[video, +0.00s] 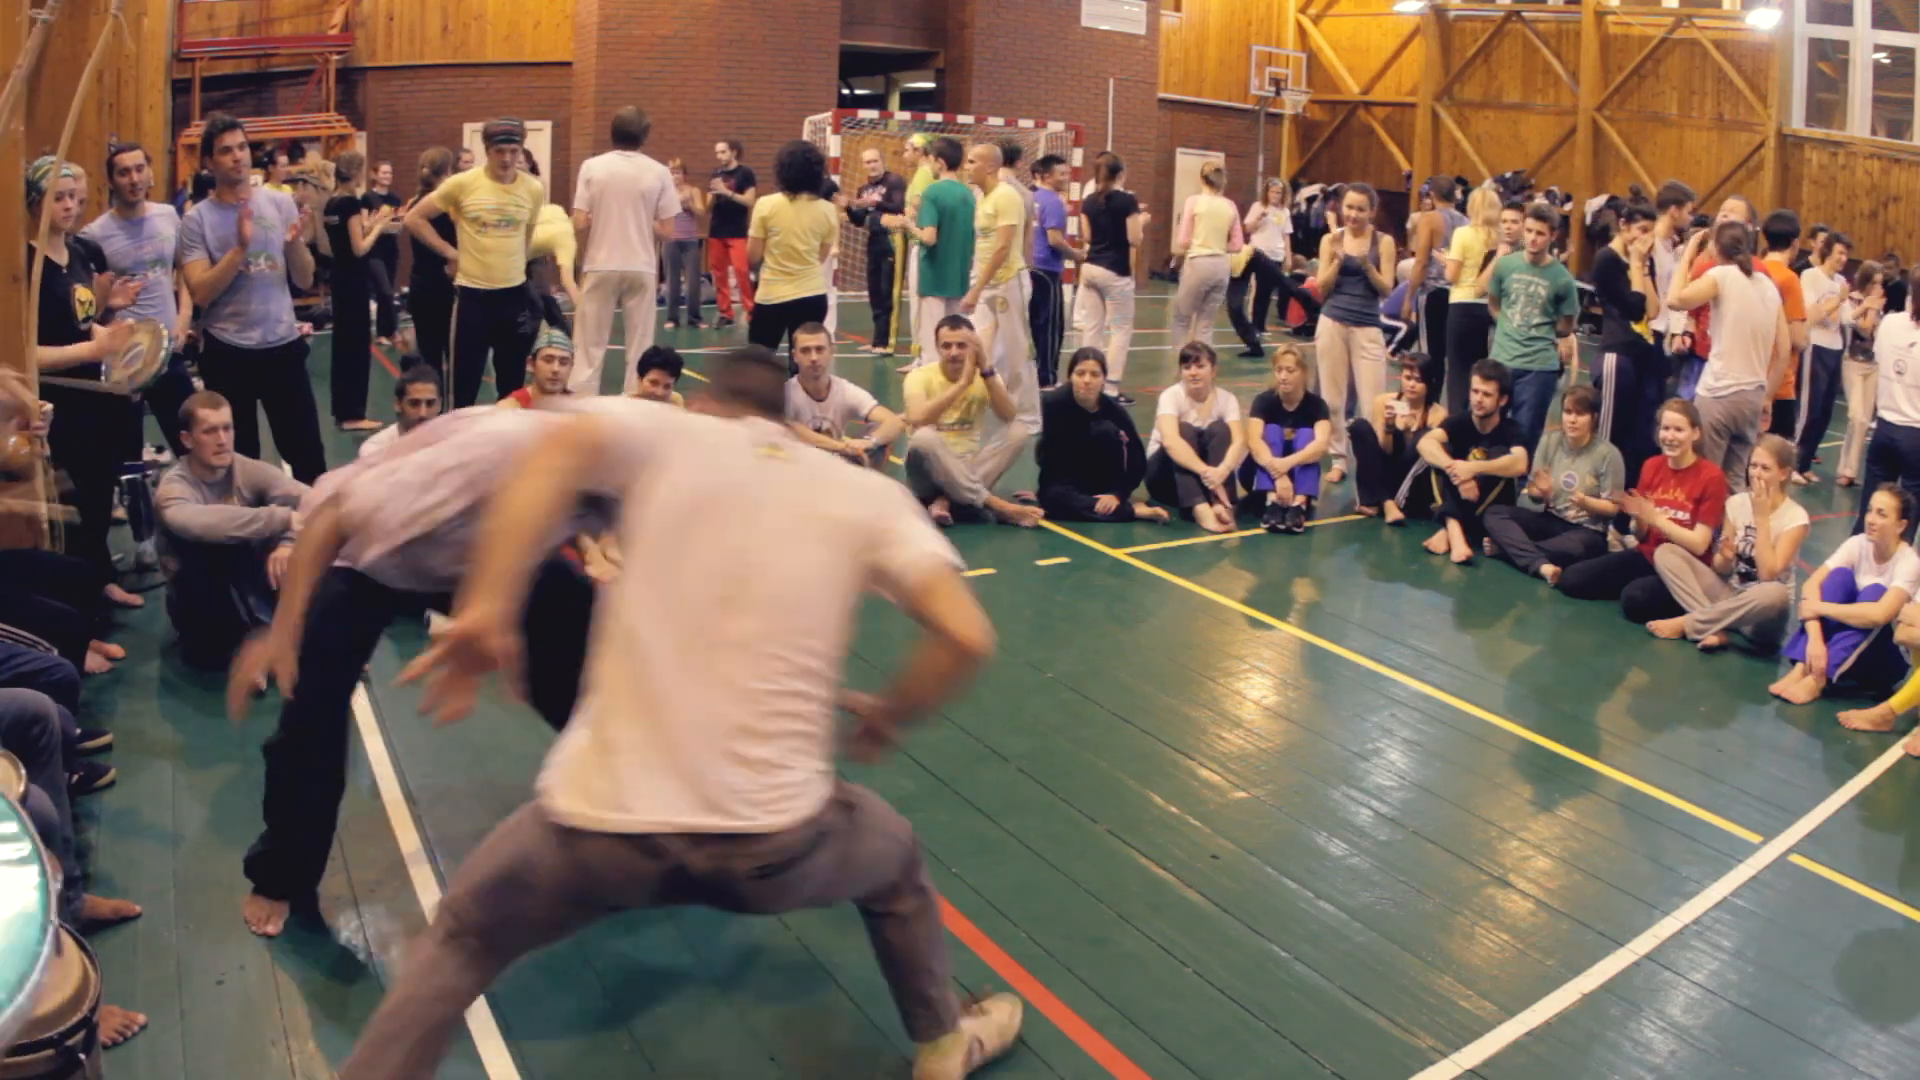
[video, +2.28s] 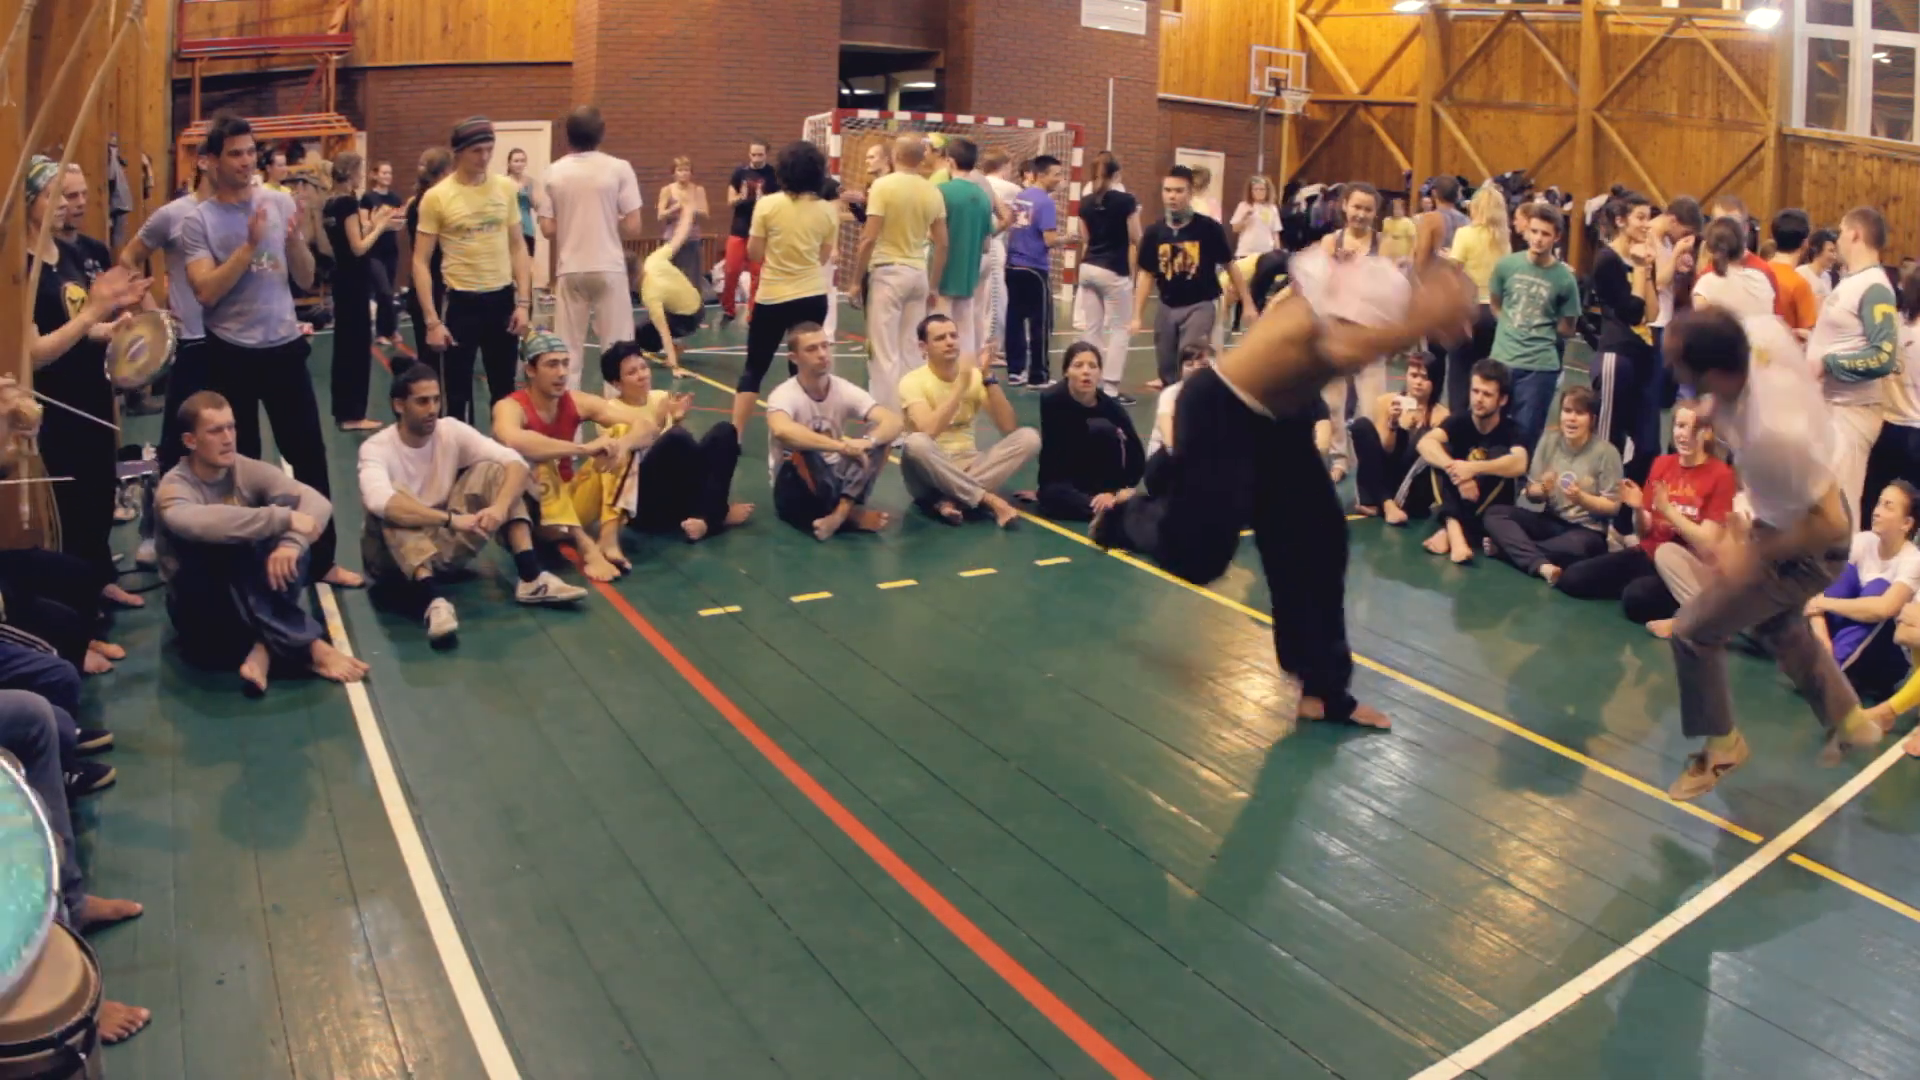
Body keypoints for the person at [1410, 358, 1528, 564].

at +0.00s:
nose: (1478, 399)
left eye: (1487, 395)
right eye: (1475, 392)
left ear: (1503, 400)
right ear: (1469, 392)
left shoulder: (1511, 428)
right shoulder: (1459, 420)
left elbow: (1520, 465)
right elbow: (1425, 444)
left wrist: (1473, 467)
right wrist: (1459, 475)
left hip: (1493, 511)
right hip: (1454, 506)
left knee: (1499, 456)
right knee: (1438, 455)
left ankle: (1449, 529)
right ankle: (1454, 530)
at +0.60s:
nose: (1478, 399)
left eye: (1487, 395)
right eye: (1475, 392)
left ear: (1502, 400)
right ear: (1469, 391)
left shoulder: (1510, 428)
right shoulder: (1460, 419)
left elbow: (1519, 464)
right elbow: (1426, 443)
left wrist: (1473, 468)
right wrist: (1459, 474)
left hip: (1492, 509)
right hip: (1454, 503)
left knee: (1499, 456)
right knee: (1438, 455)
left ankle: (1449, 527)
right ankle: (1454, 528)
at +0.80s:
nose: (1478, 400)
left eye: (1487, 395)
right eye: (1475, 392)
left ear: (1502, 400)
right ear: (1469, 392)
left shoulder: (1510, 428)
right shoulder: (1460, 420)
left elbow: (1519, 465)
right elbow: (1425, 443)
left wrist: (1473, 468)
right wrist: (1458, 474)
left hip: (1494, 509)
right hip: (1458, 503)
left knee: (1499, 455)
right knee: (1438, 453)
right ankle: (1452, 524)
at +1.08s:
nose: (1479, 399)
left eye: (1487, 394)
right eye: (1475, 392)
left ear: (1503, 400)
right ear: (1469, 392)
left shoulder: (1510, 428)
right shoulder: (1458, 420)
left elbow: (1519, 465)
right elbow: (1425, 443)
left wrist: (1473, 468)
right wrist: (1452, 467)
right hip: (1453, 501)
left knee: (1499, 454)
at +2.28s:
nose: (1479, 399)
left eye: (1487, 395)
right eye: (1475, 392)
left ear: (1503, 400)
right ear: (1469, 392)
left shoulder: (1510, 429)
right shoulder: (1459, 422)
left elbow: (1519, 464)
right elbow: (1426, 443)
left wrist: (1473, 467)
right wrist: (1458, 473)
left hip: (1492, 512)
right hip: (1453, 503)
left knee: (1502, 457)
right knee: (1438, 457)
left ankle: (1450, 529)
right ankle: (1454, 529)